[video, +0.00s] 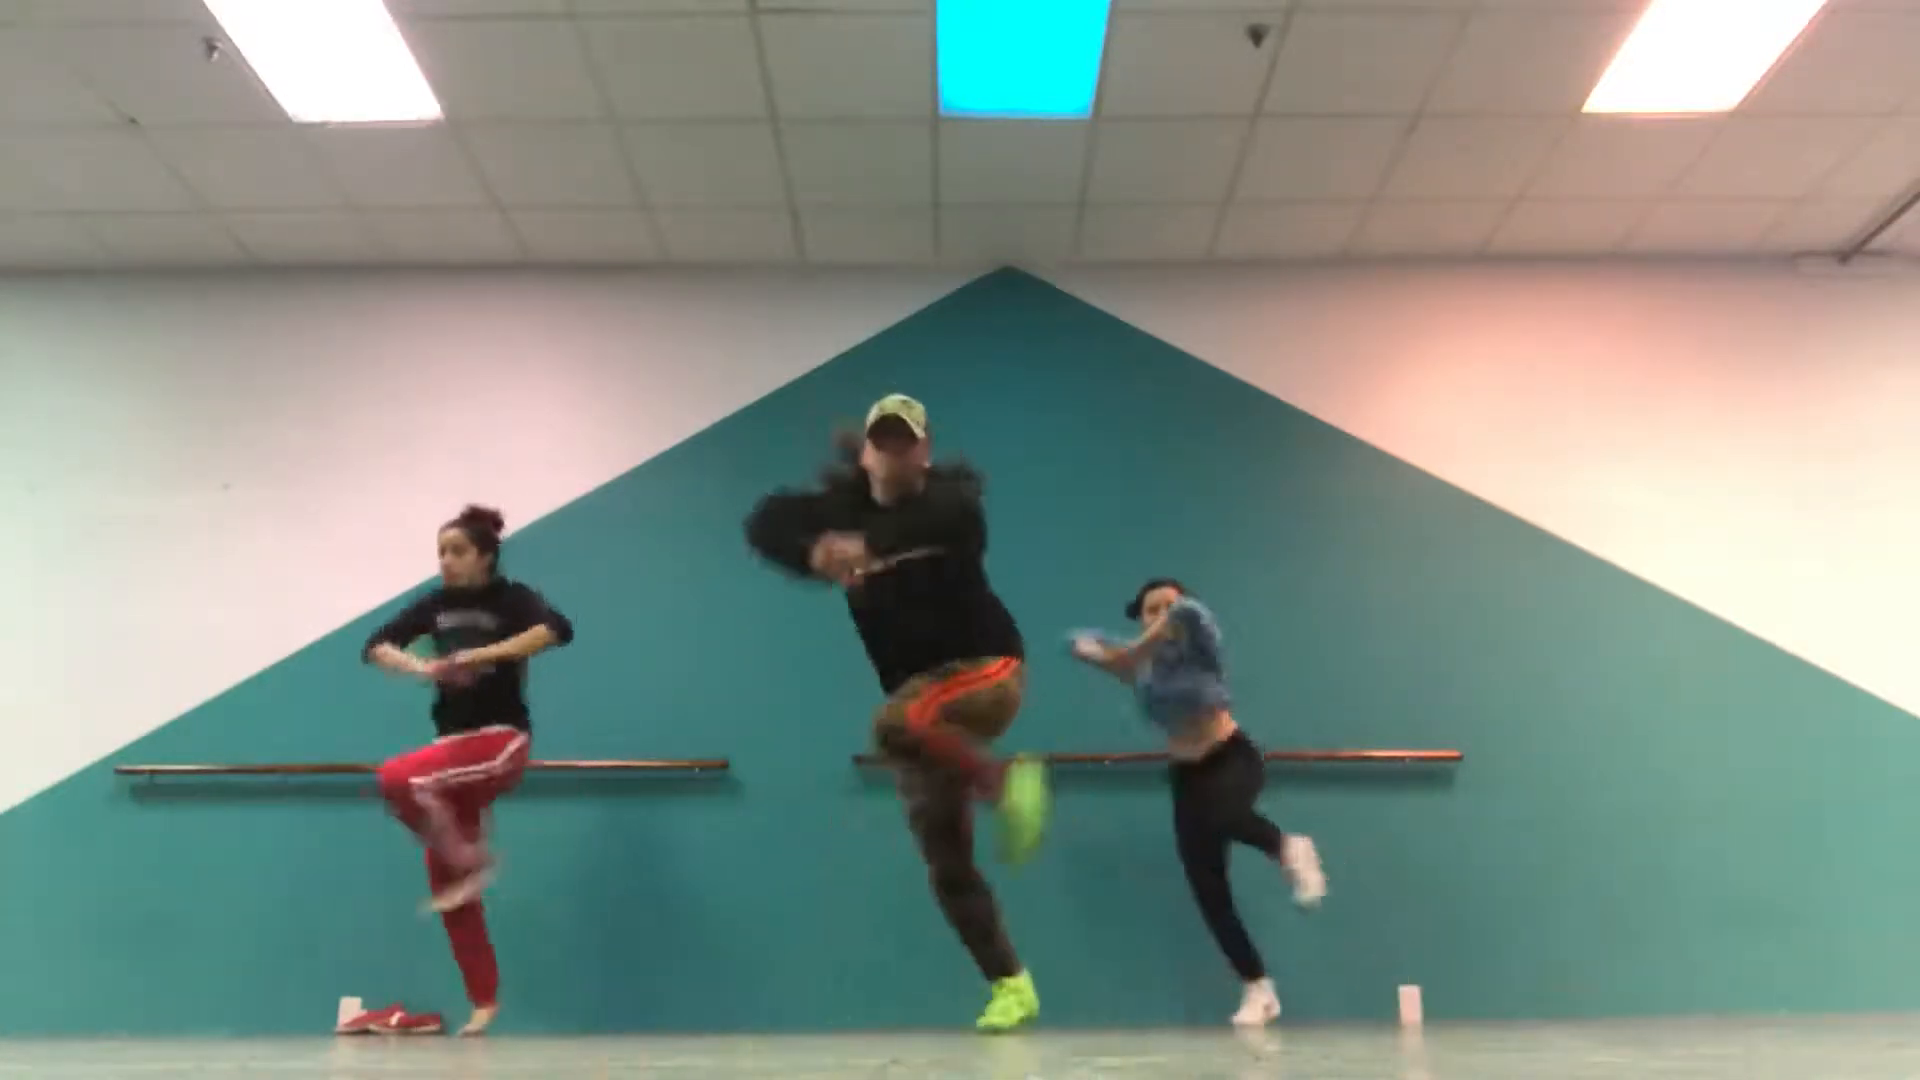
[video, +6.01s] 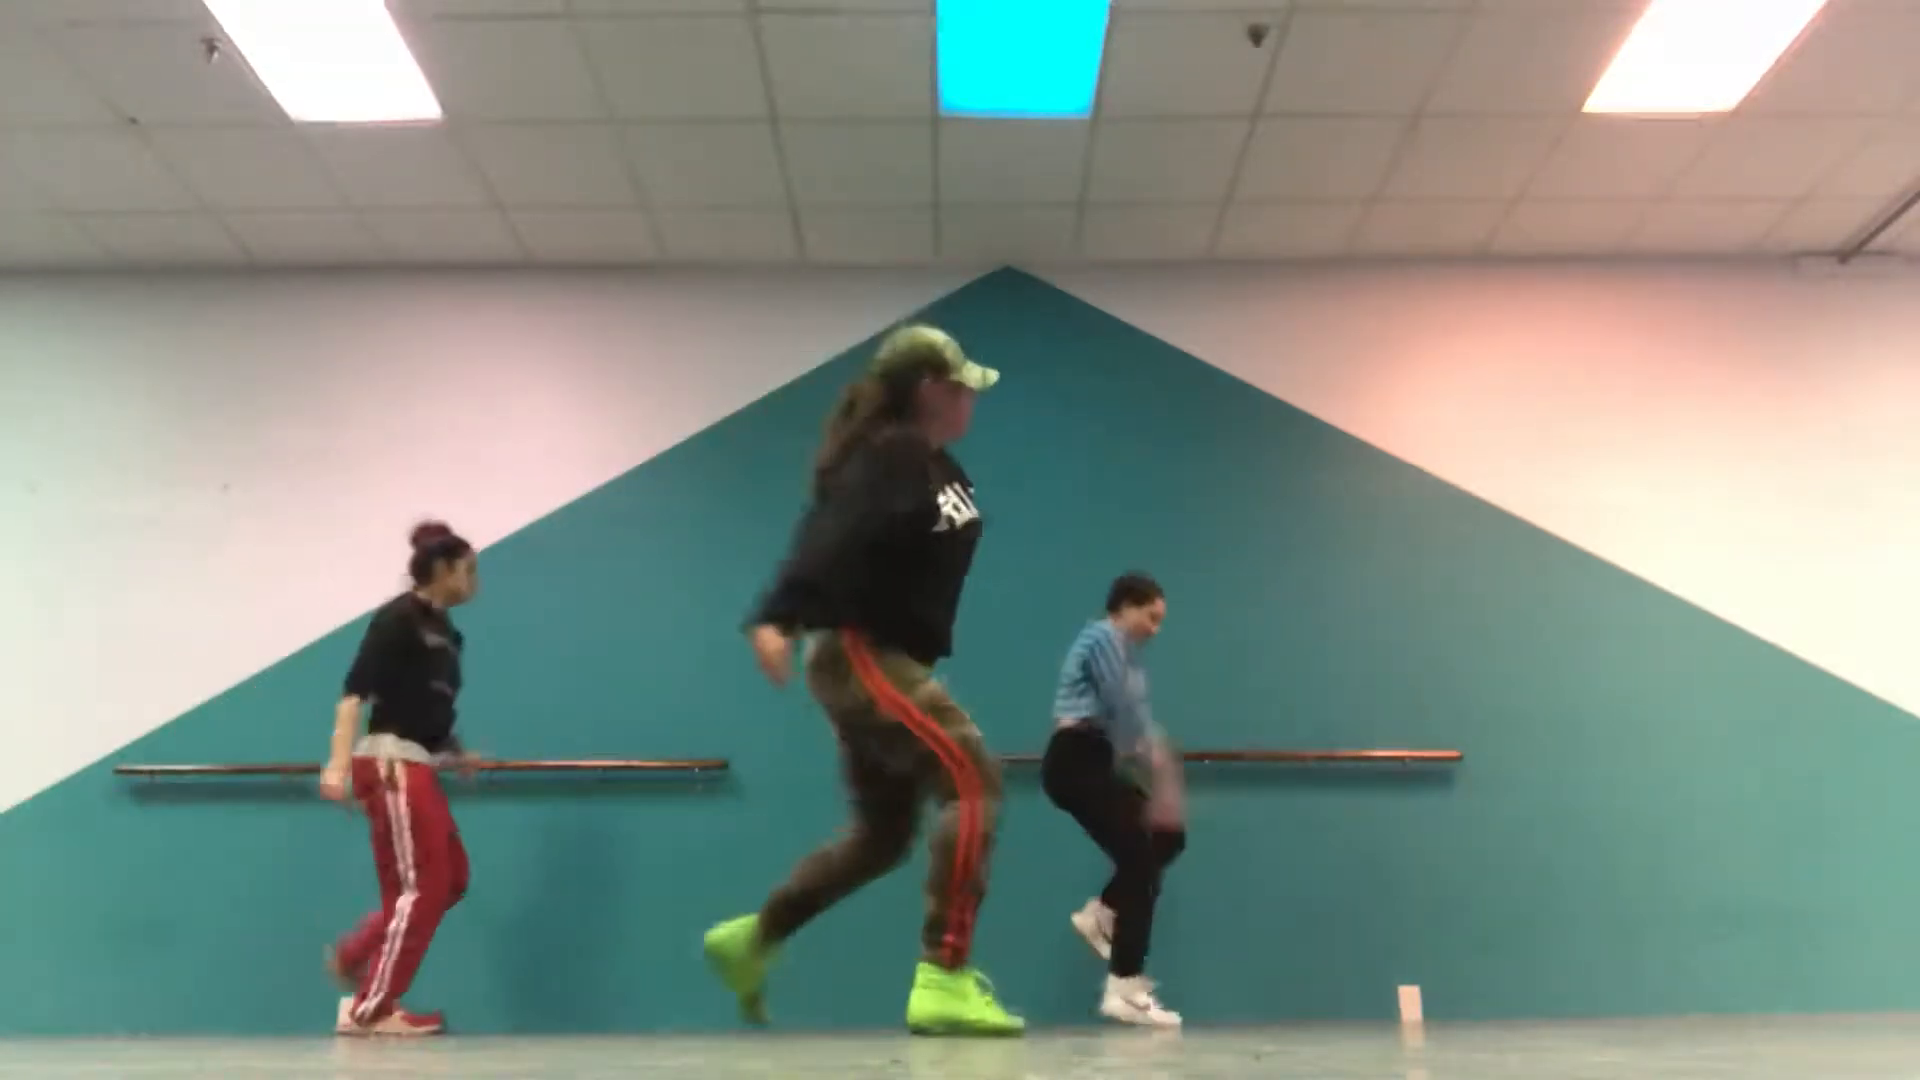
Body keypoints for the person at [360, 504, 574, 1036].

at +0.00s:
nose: (444, 561)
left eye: (454, 551)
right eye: (441, 552)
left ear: (484, 555)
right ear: (442, 556)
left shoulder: (511, 597)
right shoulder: (436, 603)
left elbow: (557, 630)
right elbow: (376, 647)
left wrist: (482, 656)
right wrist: (421, 667)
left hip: (503, 739)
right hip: (452, 745)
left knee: (400, 777)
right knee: (451, 879)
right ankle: (484, 998)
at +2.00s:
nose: (306, 537)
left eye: (315, 528)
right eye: (309, 528)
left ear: (330, 533)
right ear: (355, 533)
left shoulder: (339, 575)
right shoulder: (350, 579)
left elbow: (281, 507)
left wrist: (233, 428)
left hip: (314, 742)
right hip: (334, 742)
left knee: (251, 878)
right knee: (298, 866)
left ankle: (264, 1011)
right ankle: (394, 929)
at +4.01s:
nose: (316, 535)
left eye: (325, 526)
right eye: (318, 525)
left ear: (357, 531)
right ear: (365, 534)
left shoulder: (336, 574)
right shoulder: (392, 584)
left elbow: (275, 615)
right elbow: (406, 664)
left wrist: (226, 669)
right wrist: (401, 733)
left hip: (337, 727)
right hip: (362, 730)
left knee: (350, 859)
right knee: (241, 829)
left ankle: (411, 997)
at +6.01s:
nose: (474, 579)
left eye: (473, 569)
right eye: (468, 569)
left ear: (442, 572)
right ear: (442, 570)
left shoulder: (446, 631)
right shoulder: (395, 618)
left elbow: (429, 705)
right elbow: (353, 694)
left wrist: (455, 752)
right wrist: (339, 762)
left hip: (418, 764)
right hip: (389, 760)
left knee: (452, 878)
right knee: (419, 884)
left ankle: (352, 954)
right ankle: (372, 1009)